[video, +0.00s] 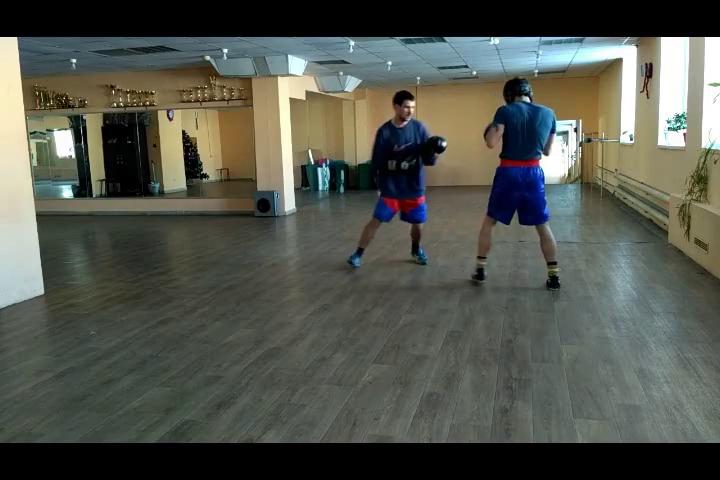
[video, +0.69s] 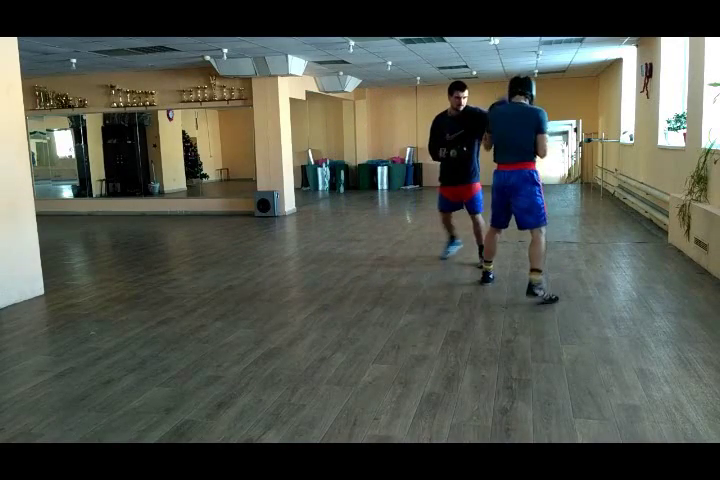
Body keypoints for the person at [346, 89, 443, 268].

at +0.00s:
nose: (410, 111)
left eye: (412, 107)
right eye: (406, 107)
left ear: (414, 108)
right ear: (396, 107)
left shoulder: (419, 128)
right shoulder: (384, 132)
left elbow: (429, 161)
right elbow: (377, 162)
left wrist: (431, 151)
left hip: (414, 186)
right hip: (391, 187)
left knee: (417, 223)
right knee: (376, 221)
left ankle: (416, 249)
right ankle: (358, 253)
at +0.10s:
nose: (414, 107)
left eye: (416, 103)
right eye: (410, 103)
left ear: (419, 104)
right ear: (400, 103)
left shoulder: (424, 124)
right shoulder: (389, 127)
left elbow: (434, 156)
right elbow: (383, 156)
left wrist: (438, 146)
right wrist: (400, 157)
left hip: (418, 182)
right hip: (396, 182)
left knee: (419, 221)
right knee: (385, 217)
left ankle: (417, 249)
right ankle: (372, 249)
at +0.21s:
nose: (424, 100)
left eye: (427, 96)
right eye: (420, 96)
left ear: (429, 97)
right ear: (411, 95)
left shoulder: (435, 116)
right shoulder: (400, 119)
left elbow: (444, 146)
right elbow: (392, 148)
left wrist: (453, 134)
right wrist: (412, 149)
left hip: (432, 174)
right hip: (409, 175)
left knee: (437, 212)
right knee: (408, 214)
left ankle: (438, 244)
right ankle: (412, 244)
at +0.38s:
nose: (437, 105)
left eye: (440, 102)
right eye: (433, 101)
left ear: (443, 102)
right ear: (424, 101)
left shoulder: (450, 121)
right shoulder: (413, 126)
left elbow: (469, 139)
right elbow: (405, 155)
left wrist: (474, 123)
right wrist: (418, 172)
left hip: (446, 180)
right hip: (422, 181)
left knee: (460, 217)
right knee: (415, 218)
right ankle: (415, 246)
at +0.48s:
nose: (444, 106)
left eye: (447, 102)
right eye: (440, 102)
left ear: (450, 102)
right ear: (432, 102)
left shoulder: (458, 120)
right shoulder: (422, 126)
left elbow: (482, 125)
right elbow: (415, 154)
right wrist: (418, 178)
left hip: (454, 181)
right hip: (429, 182)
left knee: (466, 217)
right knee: (420, 218)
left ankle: (481, 250)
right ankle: (416, 246)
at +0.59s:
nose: (456, 103)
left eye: (458, 100)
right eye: (452, 100)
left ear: (462, 100)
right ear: (444, 100)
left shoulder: (469, 116)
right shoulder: (435, 122)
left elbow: (491, 119)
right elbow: (430, 153)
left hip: (465, 177)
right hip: (442, 178)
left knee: (472, 218)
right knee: (433, 214)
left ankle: (482, 253)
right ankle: (431, 242)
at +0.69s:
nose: (461, 101)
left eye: (464, 97)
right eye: (457, 97)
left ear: (467, 98)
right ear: (449, 97)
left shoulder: (475, 115)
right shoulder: (440, 120)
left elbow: (493, 126)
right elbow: (433, 151)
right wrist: (452, 152)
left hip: (469, 177)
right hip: (448, 177)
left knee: (476, 217)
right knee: (445, 215)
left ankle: (482, 252)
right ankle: (453, 240)